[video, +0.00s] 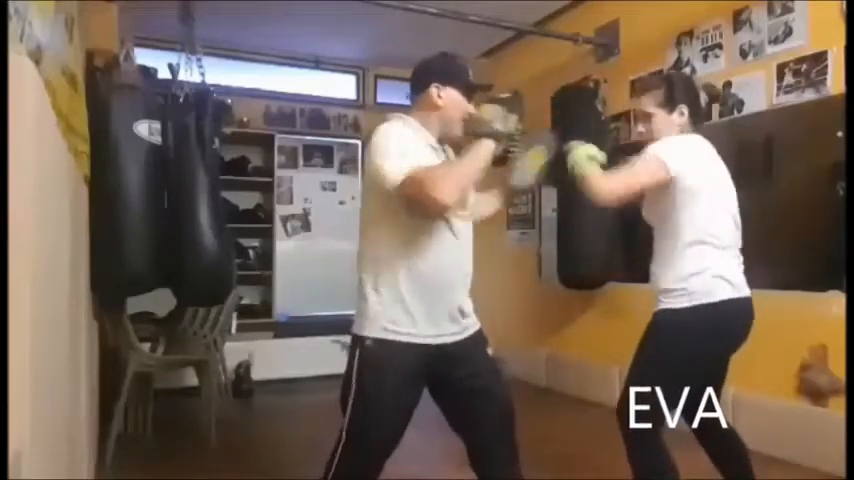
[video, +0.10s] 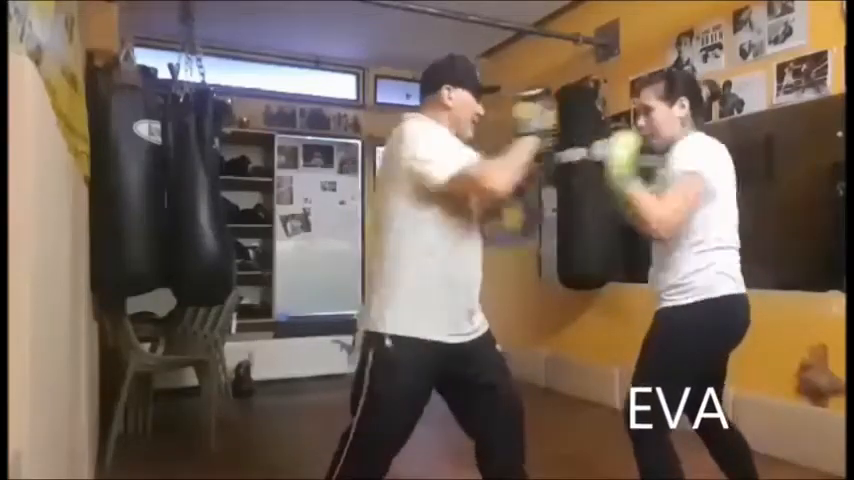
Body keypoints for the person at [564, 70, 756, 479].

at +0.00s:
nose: (638, 131)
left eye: (647, 118)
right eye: (635, 121)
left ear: (680, 115)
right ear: (681, 118)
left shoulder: (672, 153)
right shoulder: (704, 153)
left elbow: (607, 190)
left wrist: (581, 158)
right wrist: (635, 159)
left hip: (690, 311)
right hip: (729, 307)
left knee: (634, 414)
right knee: (701, 410)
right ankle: (743, 475)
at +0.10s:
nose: (640, 123)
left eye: (647, 111)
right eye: (637, 113)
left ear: (681, 107)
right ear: (678, 110)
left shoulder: (696, 151)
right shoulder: (693, 153)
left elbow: (664, 222)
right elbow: (659, 224)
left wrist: (626, 177)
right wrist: (625, 183)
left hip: (697, 307)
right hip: (712, 305)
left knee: (642, 415)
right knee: (705, 411)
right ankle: (747, 475)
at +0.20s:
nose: (641, 118)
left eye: (649, 107)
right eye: (638, 110)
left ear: (682, 103)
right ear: (637, 111)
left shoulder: (716, 154)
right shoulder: (656, 155)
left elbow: (679, 227)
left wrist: (658, 169)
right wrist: (578, 135)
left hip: (711, 303)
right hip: (682, 305)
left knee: (651, 414)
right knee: (709, 415)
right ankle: (746, 474)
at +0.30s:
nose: (638, 126)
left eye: (646, 114)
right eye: (635, 117)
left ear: (679, 109)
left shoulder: (716, 158)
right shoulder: (656, 161)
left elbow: (681, 237)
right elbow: (601, 207)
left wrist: (656, 175)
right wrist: (586, 156)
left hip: (718, 310)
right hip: (679, 314)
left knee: (654, 416)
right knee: (699, 418)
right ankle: (736, 475)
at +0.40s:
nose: (626, 159)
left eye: (633, 148)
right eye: (624, 149)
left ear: (666, 141)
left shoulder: (709, 182)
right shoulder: (646, 189)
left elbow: (678, 272)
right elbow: (622, 266)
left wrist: (652, 210)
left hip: (732, 327)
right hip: (688, 328)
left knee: (652, 423)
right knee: (670, 425)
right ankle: (722, 471)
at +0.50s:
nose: (605, 214)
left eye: (610, 201)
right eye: (603, 203)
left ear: (641, 195)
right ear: (639, 197)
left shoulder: (686, 223)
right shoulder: (655, 231)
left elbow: (677, 312)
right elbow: (631, 313)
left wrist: (640, 279)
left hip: (747, 349)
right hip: (718, 346)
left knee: (647, 421)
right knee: (659, 422)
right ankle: (716, 474)